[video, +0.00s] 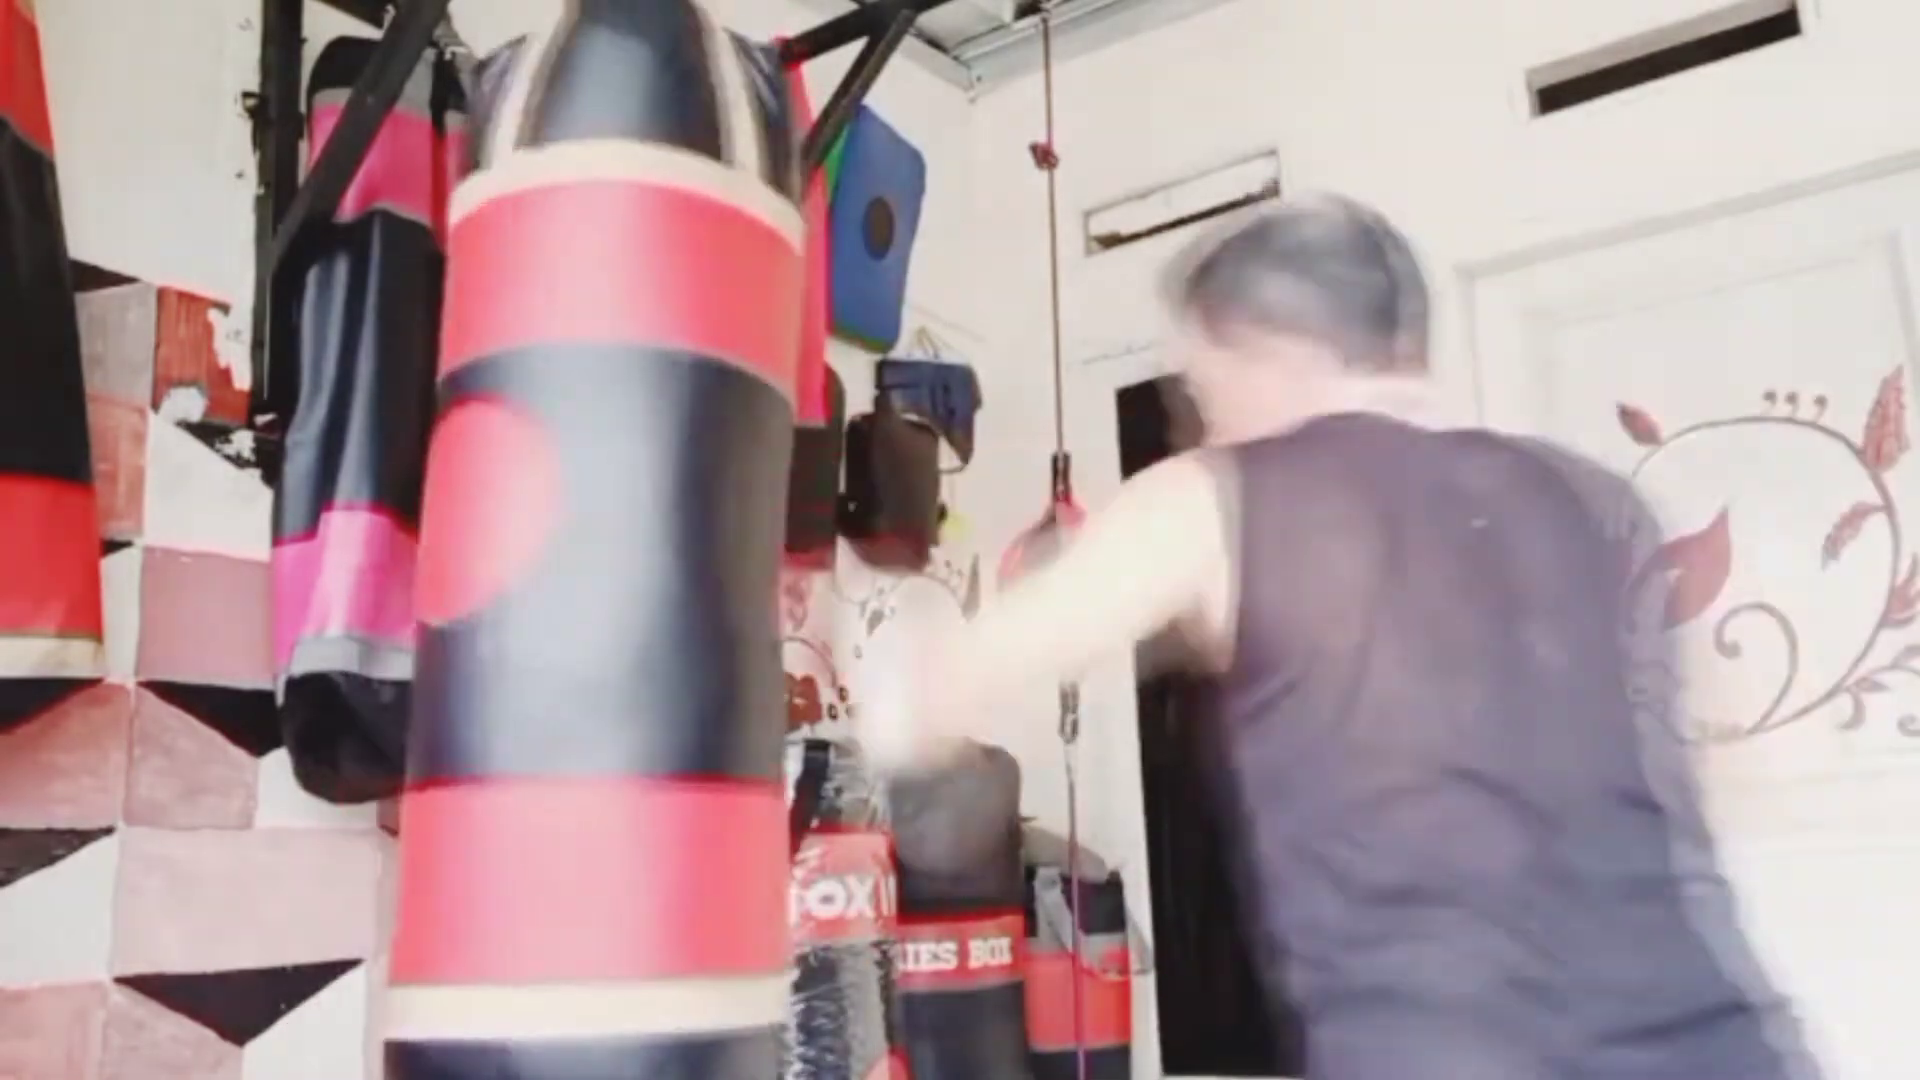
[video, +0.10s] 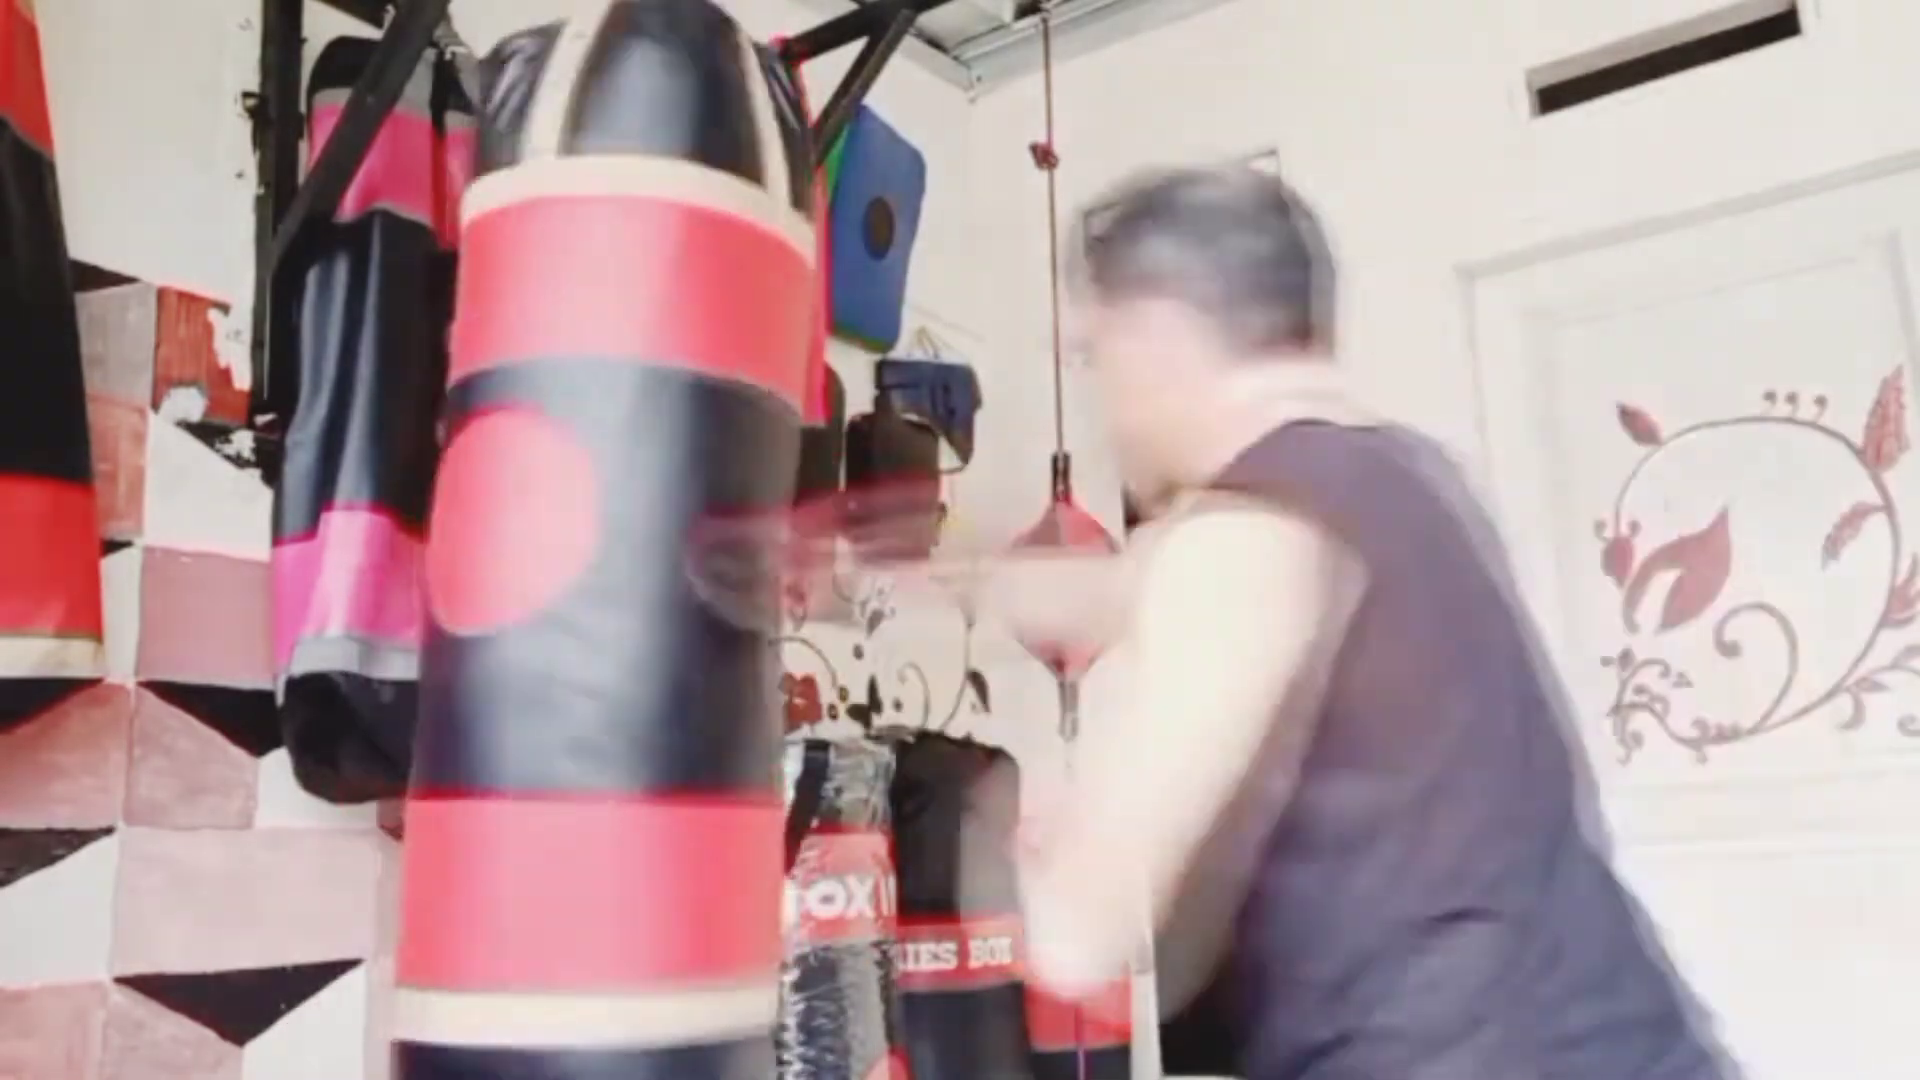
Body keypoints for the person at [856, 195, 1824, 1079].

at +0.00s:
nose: (1205, 414)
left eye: (1203, 379)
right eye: (1196, 384)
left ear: (1260, 346)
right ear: (1407, 345)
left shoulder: (1212, 505)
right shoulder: (1601, 500)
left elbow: (930, 707)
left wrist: (991, 611)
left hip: (1426, 1055)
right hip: (1708, 1046)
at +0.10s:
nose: (1100, 391)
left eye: (1096, 350)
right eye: (1089, 355)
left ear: (1156, 327)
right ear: (1294, 315)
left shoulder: (1254, 525)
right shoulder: (1399, 473)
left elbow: (1078, 940)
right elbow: (1135, 596)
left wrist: (1051, 817)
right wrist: (965, 579)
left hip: (1433, 1053)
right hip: (1615, 1037)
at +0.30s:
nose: (1037, 384)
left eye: (1026, 339)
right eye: (1022, 345)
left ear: (1101, 321)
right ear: (1237, 293)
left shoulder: (1219, 526)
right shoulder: (1342, 446)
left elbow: (1216, 982)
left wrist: (1020, 854)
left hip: (1410, 1059)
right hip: (1568, 1033)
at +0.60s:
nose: (1049, 386)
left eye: (1039, 339)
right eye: (1033, 344)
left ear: (1114, 327)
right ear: (1251, 304)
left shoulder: (1191, 531)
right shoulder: (1396, 479)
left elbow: (1178, 958)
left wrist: (1005, 947)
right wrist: (1086, 937)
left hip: (1364, 1060)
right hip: (1563, 1042)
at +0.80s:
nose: (1119, 434)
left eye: (1113, 390)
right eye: (1106, 396)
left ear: (1193, 367)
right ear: (1316, 349)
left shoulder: (1244, 540)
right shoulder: (1483, 531)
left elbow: (1221, 957)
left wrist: (1086, 983)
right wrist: (1212, 1031)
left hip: (1378, 1058)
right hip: (1585, 1049)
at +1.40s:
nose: (1084, 471)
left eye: (1079, 417)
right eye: (1073, 425)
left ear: (1169, 384)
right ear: (1281, 384)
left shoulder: (1236, 561)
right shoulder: (1415, 543)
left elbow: (1156, 990)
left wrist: (1065, 957)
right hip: (1581, 1042)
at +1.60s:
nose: (1053, 466)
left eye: (1049, 413)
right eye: (1040, 420)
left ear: (1155, 385)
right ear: (1162, 390)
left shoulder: (1362, 577)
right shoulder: (1210, 569)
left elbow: (1353, 1023)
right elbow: (1019, 711)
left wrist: (1104, 850)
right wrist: (797, 726)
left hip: (1507, 1069)